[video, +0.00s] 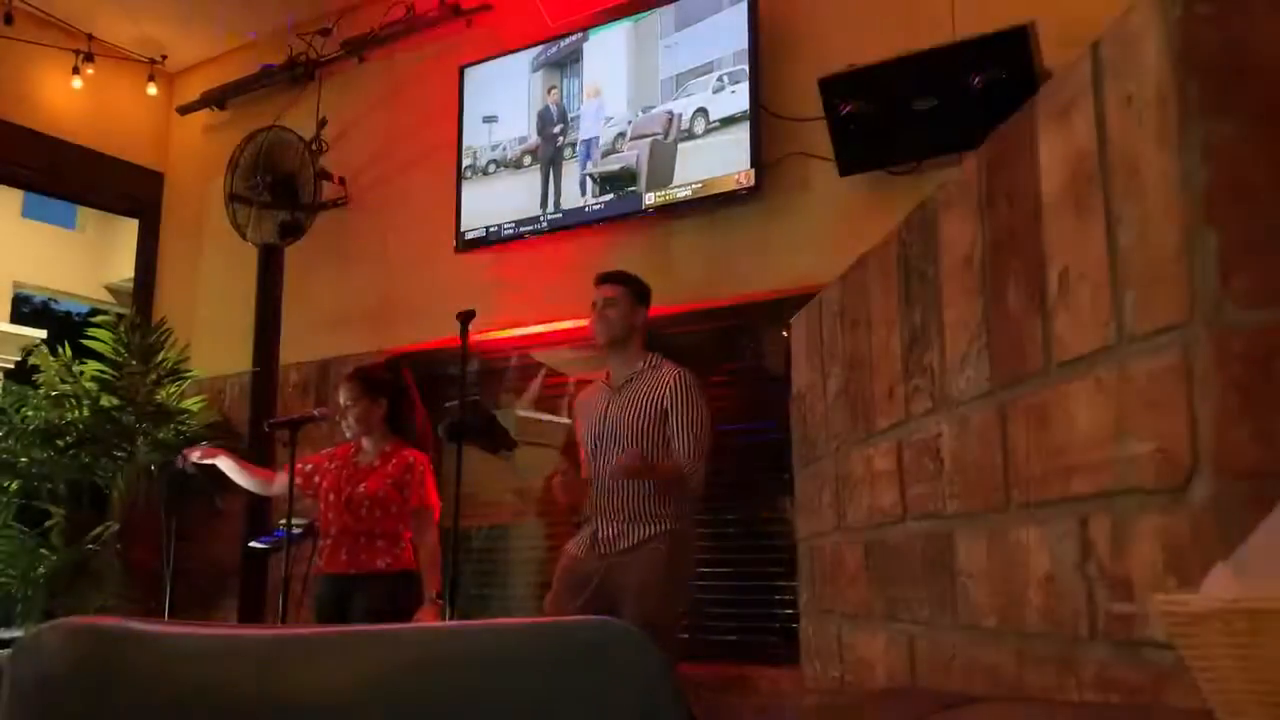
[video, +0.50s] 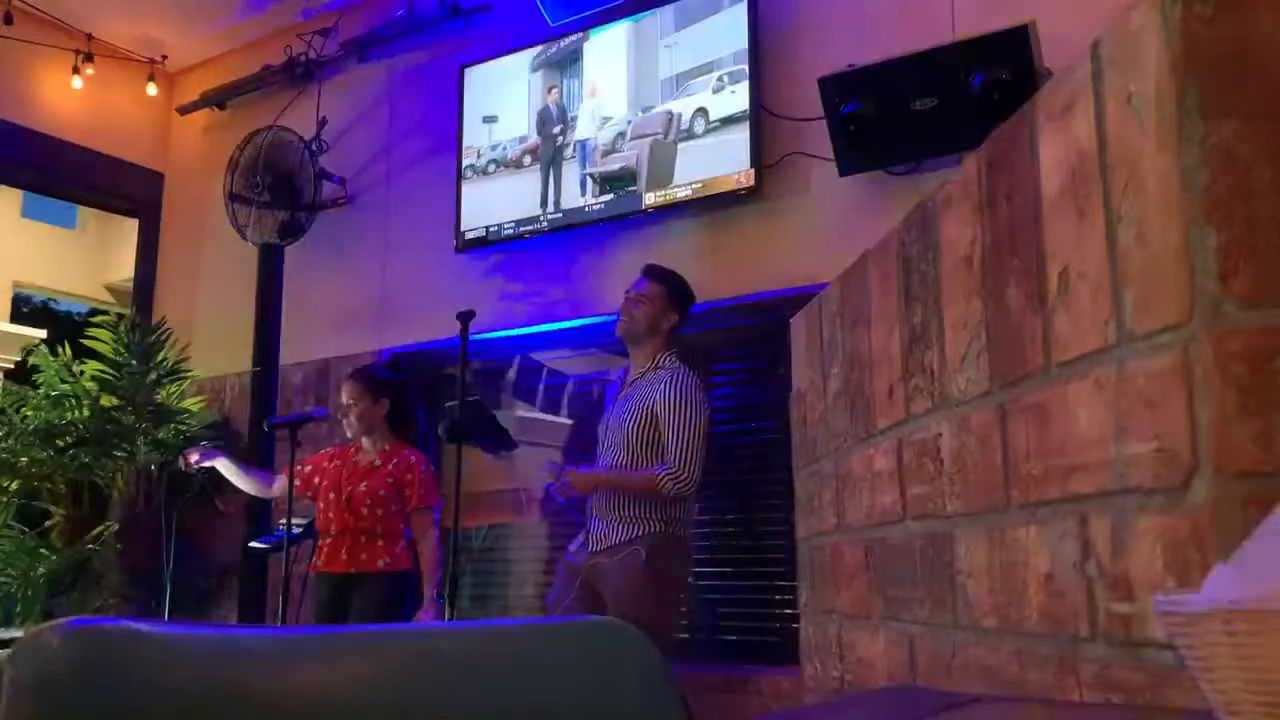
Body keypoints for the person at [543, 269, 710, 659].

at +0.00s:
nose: (598, 313)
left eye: (610, 305)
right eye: (595, 306)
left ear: (640, 316)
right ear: (592, 317)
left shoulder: (674, 383)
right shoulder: (586, 398)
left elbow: (691, 473)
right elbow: (591, 476)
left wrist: (646, 470)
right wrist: (571, 486)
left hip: (655, 541)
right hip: (593, 540)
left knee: (643, 651)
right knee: (559, 632)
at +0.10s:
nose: (611, 311)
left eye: (623, 302)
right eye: (608, 303)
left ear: (655, 314)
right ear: (604, 313)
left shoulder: (679, 384)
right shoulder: (600, 394)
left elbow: (694, 475)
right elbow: (611, 471)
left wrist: (613, 471)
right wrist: (576, 481)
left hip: (650, 544)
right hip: (592, 541)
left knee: (644, 658)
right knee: (561, 624)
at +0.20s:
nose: (621, 305)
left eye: (635, 298)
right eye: (621, 298)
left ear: (665, 315)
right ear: (618, 313)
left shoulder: (682, 383)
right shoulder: (612, 387)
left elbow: (688, 480)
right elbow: (622, 467)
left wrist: (600, 477)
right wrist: (581, 473)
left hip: (648, 548)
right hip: (594, 544)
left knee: (647, 668)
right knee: (560, 651)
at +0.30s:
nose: (626, 306)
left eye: (640, 299)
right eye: (626, 298)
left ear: (670, 316)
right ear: (623, 309)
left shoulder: (683, 384)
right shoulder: (618, 387)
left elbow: (680, 482)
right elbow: (619, 468)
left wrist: (598, 487)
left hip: (648, 550)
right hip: (593, 548)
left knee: (644, 676)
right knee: (561, 662)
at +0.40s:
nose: (628, 306)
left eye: (641, 299)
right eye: (629, 298)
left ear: (671, 317)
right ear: (627, 306)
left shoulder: (680, 384)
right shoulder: (624, 387)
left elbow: (677, 480)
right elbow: (620, 469)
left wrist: (596, 494)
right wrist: (577, 486)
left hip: (646, 548)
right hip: (593, 547)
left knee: (642, 675)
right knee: (565, 664)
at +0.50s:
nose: (626, 305)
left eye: (640, 300)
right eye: (627, 298)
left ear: (669, 319)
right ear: (623, 304)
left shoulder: (678, 382)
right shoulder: (627, 385)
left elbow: (680, 478)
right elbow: (622, 468)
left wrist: (595, 479)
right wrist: (577, 480)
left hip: (644, 549)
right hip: (593, 546)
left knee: (639, 673)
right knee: (565, 659)